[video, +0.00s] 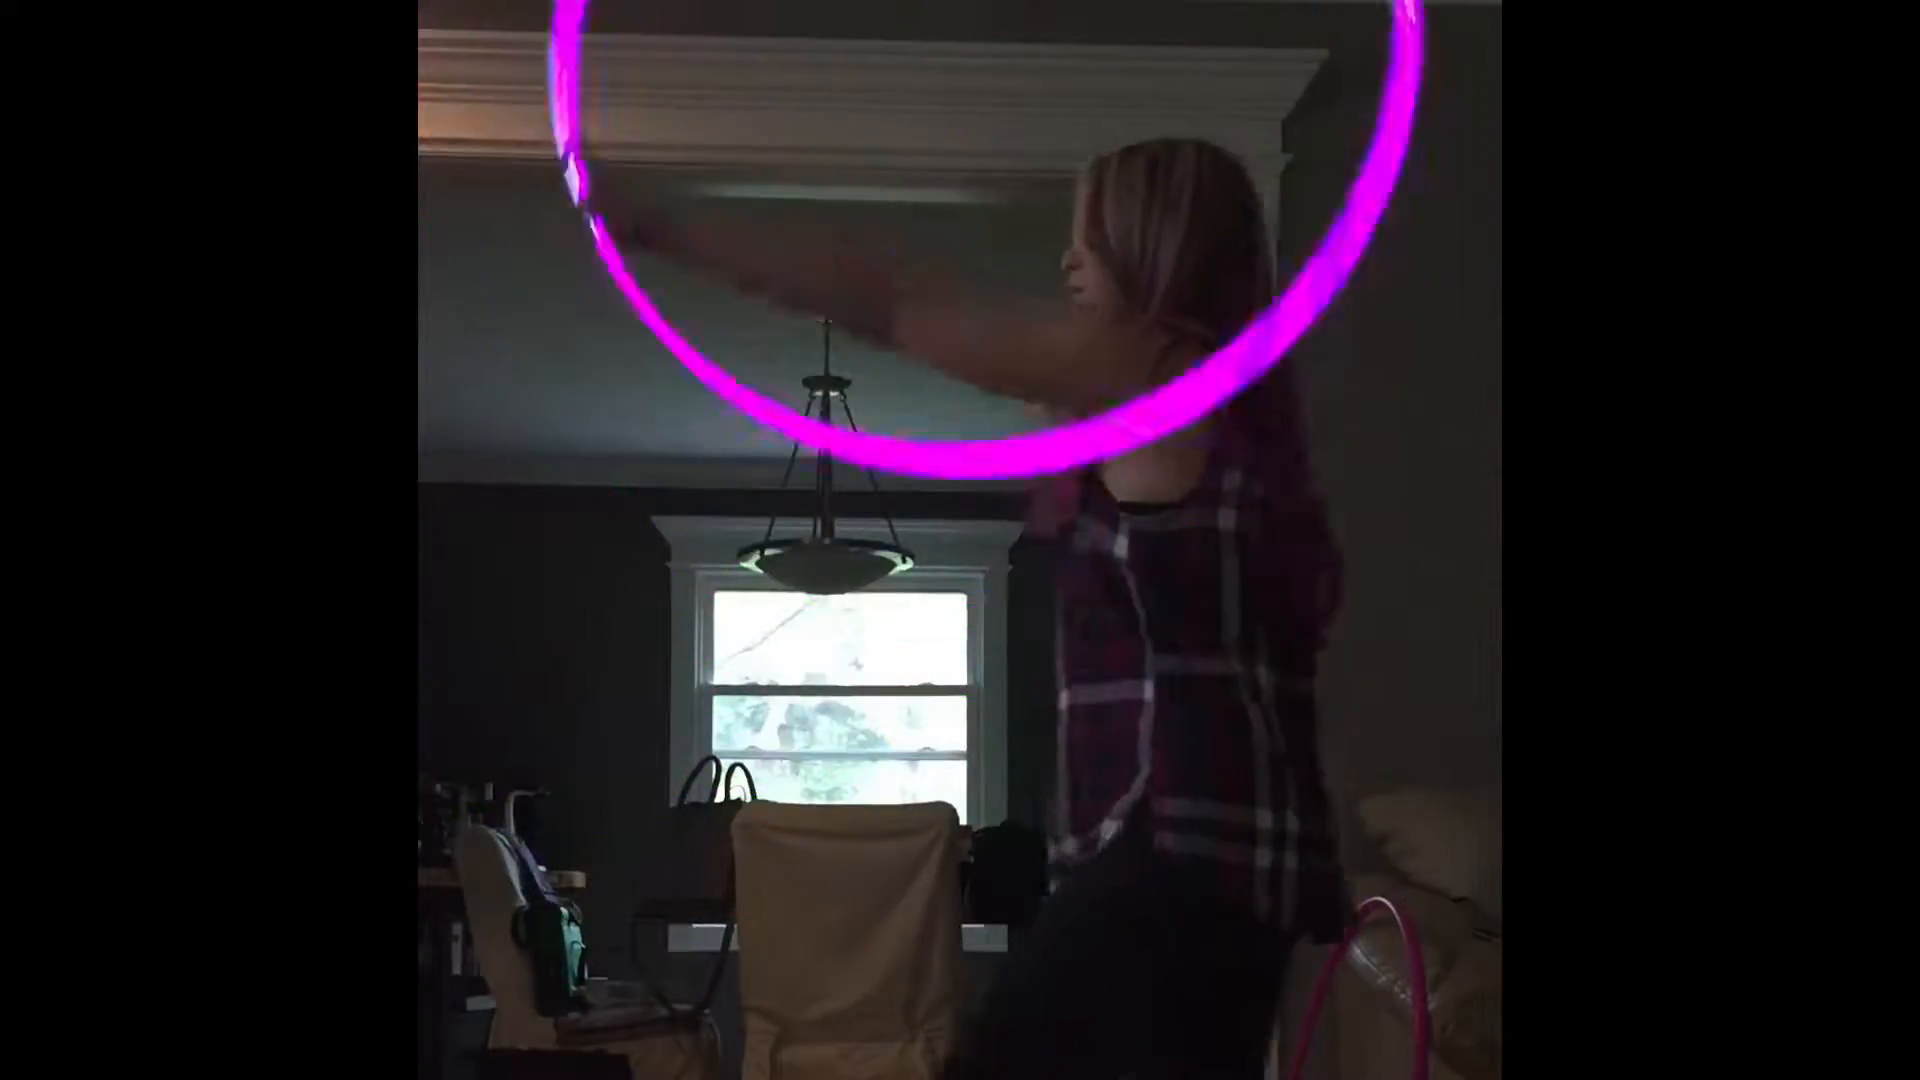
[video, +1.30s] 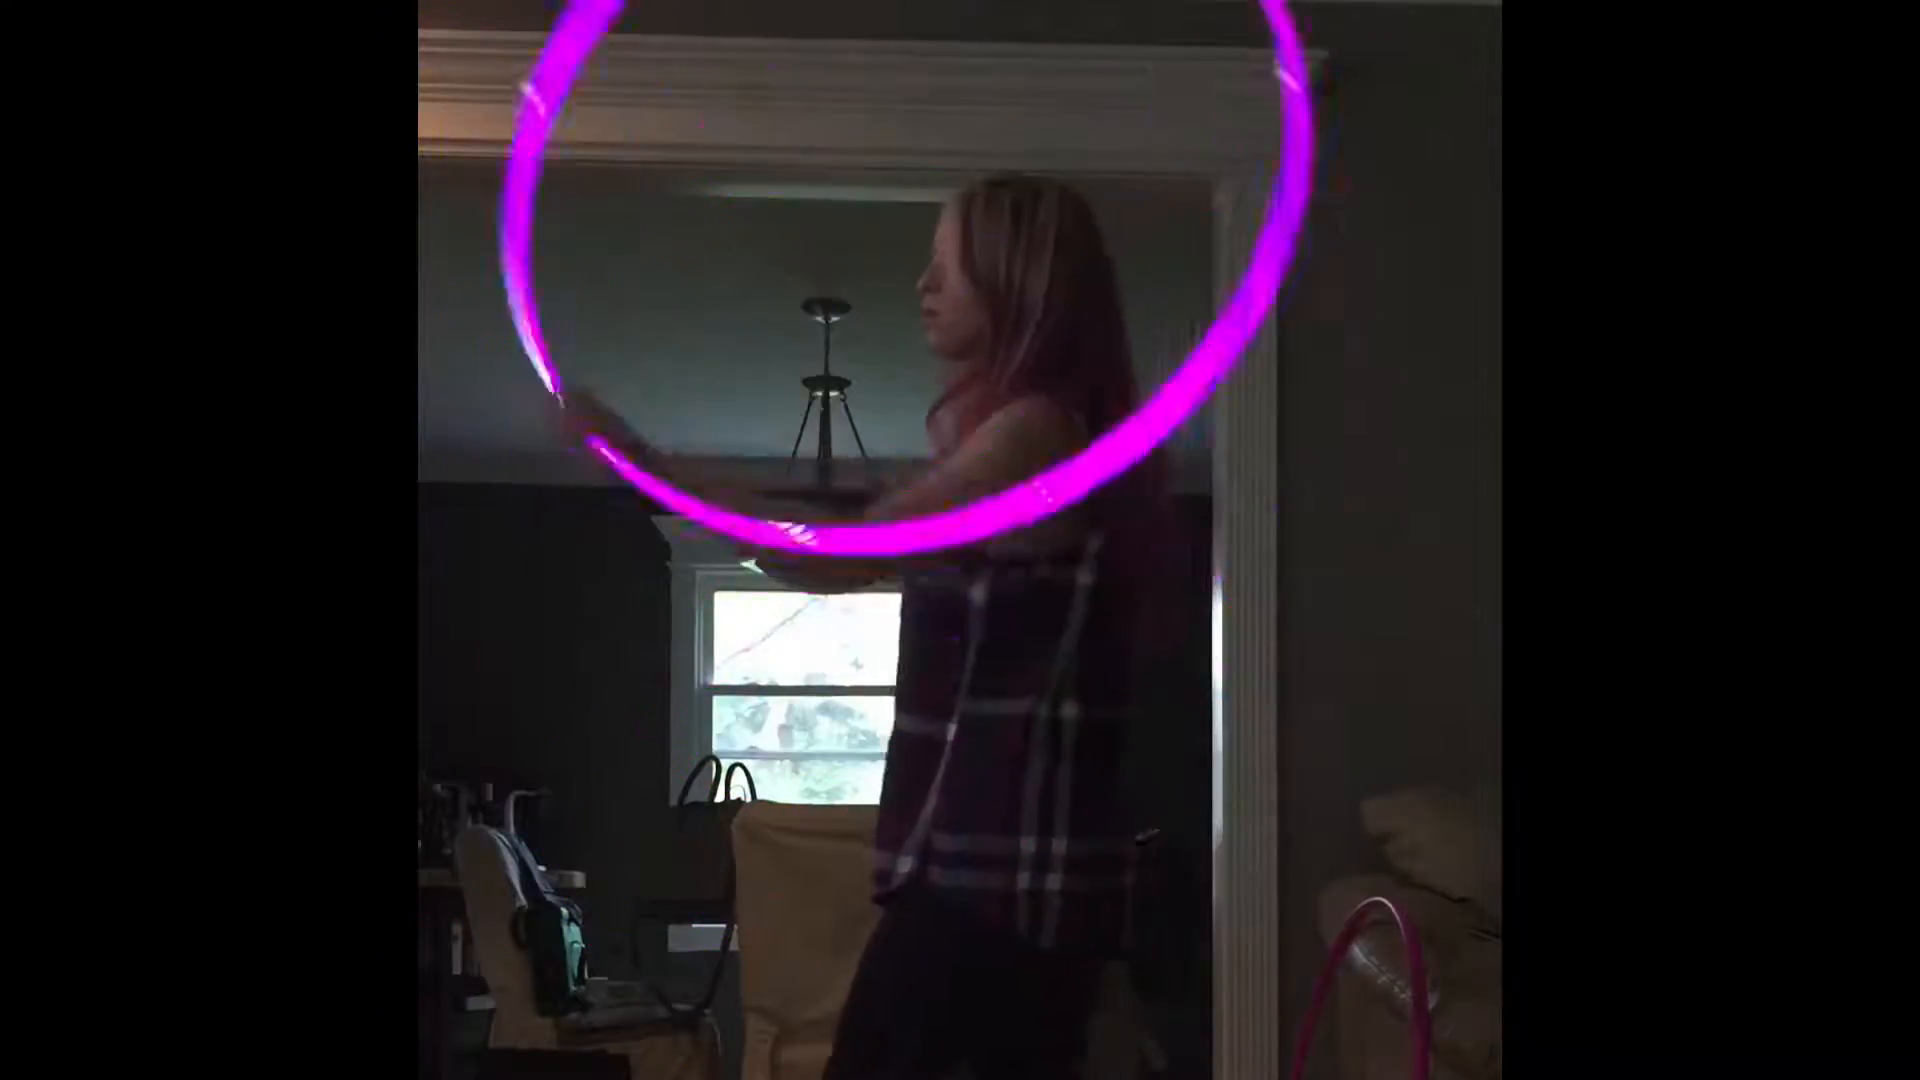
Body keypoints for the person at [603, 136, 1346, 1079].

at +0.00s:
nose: (1065, 275)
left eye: (1081, 253)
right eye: (1070, 251)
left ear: (1141, 260)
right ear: (1201, 261)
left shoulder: (1167, 379)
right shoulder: (1236, 392)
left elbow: (899, 308)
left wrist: (673, 233)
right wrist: (1086, 500)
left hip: (1176, 860)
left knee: (1019, 1053)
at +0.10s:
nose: (1091, 275)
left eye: (1110, 252)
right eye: (1096, 251)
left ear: (1174, 255)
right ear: (1221, 257)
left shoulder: (1172, 367)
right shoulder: (1263, 390)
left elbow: (913, 377)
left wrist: (659, 359)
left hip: (1192, 853)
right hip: (1267, 850)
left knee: (1081, 1051)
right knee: (1195, 1062)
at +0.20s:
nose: (1108, 261)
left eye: (1126, 238)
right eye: (1115, 236)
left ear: (1187, 247)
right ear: (1244, 248)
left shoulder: (1166, 359)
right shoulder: (1302, 387)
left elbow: (916, 432)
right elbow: (1364, 585)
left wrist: (695, 469)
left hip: (1194, 836)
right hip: (1301, 838)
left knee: (1113, 1052)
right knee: (1213, 1056)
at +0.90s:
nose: (998, 246)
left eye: (1020, 223)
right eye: (1006, 222)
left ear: (1080, 241)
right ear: (1145, 243)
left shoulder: (1031, 389)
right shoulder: (1232, 414)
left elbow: (884, 558)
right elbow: (1278, 660)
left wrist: (833, 400)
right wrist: (1261, 861)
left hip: (1067, 829)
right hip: (1196, 827)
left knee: (1074, 1060)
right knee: (1171, 1060)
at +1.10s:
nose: (973, 267)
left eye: (984, 245)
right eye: (976, 246)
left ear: (1028, 261)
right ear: (1116, 263)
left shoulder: (1031, 414)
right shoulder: (1169, 434)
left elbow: (808, 469)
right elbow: (1197, 660)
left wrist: (708, 297)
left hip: (1030, 873)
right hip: (1149, 864)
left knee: (988, 1058)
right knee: (1114, 1059)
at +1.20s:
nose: (945, 278)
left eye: (964, 258)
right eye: (952, 256)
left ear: (1030, 277)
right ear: (1047, 281)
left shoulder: (1032, 420)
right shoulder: (1091, 416)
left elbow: (807, 484)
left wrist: (633, 375)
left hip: (1009, 872)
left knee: (897, 1056)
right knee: (1059, 1061)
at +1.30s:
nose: (924, 288)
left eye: (945, 268)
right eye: (929, 266)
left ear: (1013, 285)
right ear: (1017, 292)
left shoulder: (1037, 432)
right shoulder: (1010, 430)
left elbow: (836, 554)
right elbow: (831, 548)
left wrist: (643, 463)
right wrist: (650, 467)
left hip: (992, 889)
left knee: (872, 1060)